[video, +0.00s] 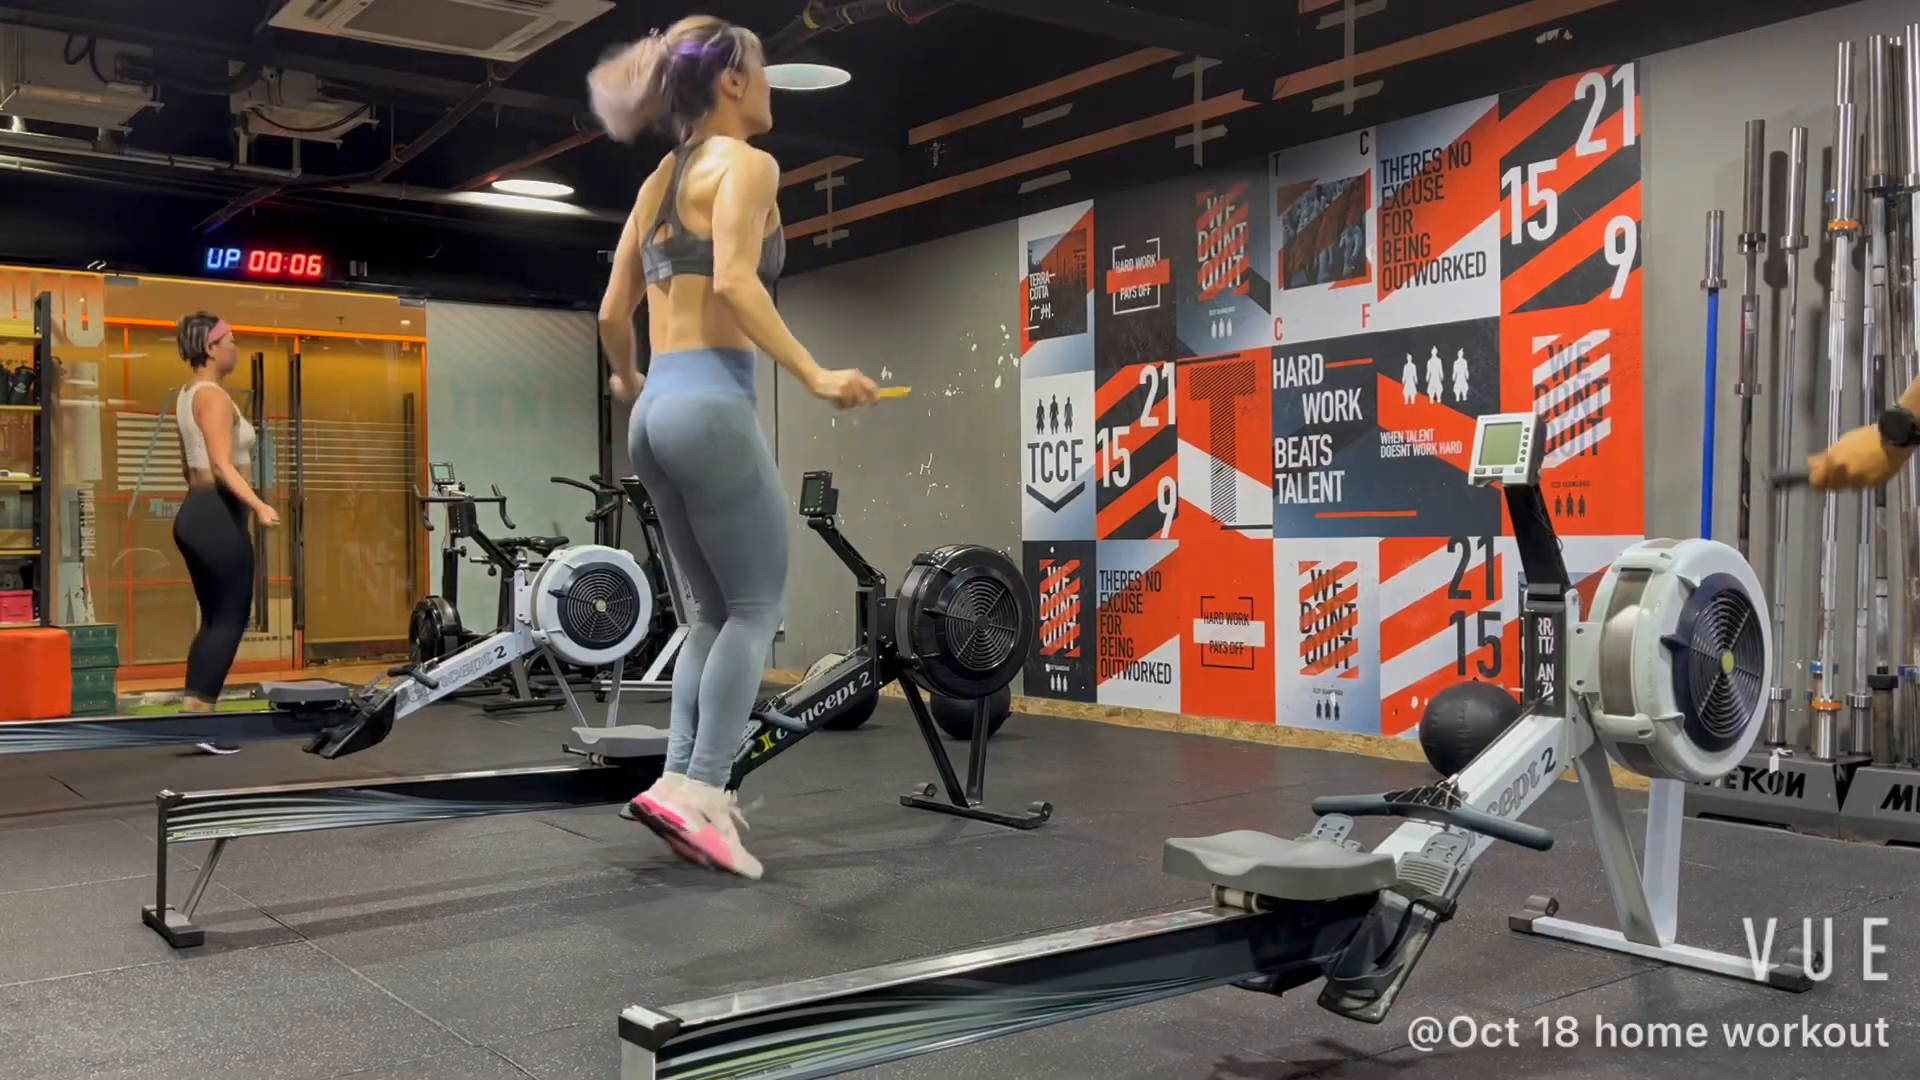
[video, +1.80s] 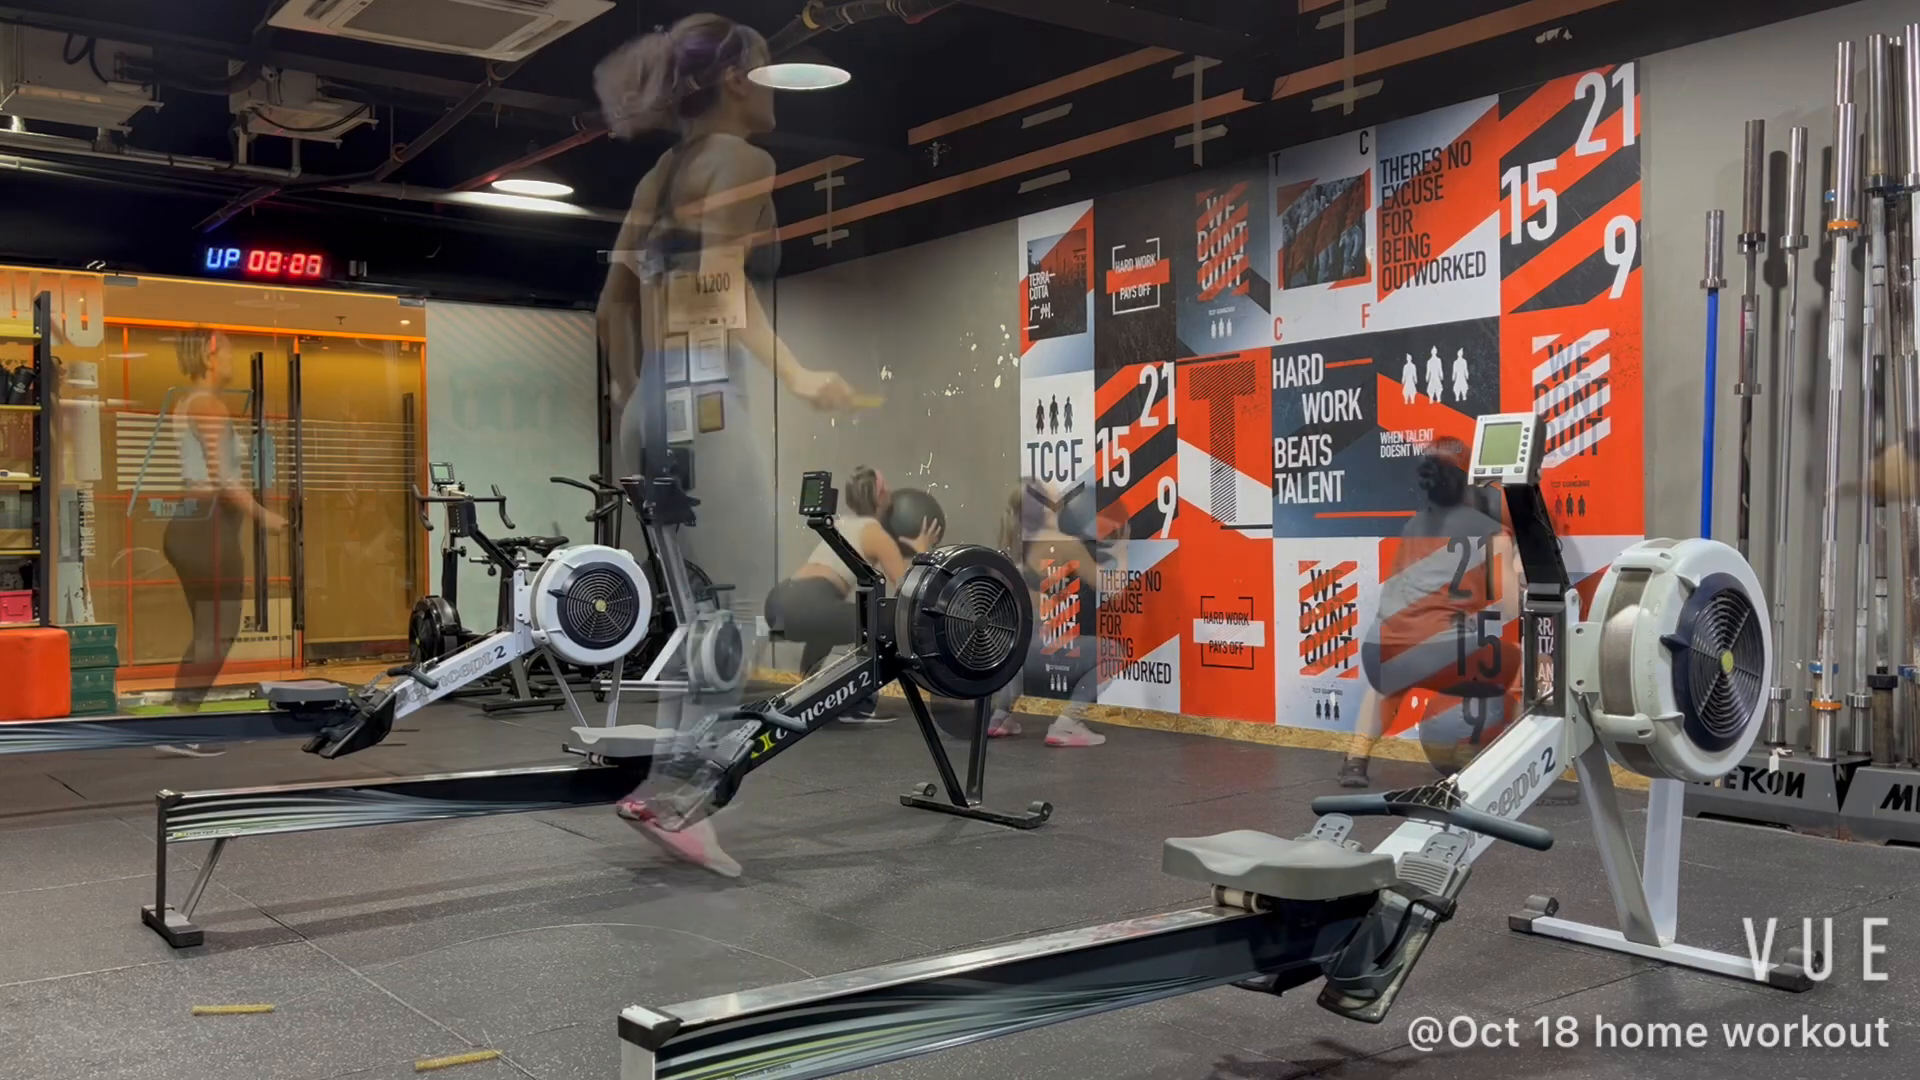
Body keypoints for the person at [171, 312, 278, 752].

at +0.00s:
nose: (236, 348)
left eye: (232, 340)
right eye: (229, 342)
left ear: (204, 350)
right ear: (210, 349)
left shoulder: (189, 395)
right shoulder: (212, 395)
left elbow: (196, 469)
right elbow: (221, 464)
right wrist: (259, 505)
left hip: (197, 512)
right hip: (216, 513)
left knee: (215, 617)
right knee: (232, 617)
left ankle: (196, 708)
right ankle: (200, 710)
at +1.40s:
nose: (232, 361)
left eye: (228, 353)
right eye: (226, 355)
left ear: (200, 362)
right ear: (207, 361)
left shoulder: (185, 406)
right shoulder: (208, 409)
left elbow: (208, 477)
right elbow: (217, 479)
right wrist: (266, 505)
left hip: (191, 526)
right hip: (208, 528)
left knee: (213, 632)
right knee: (225, 633)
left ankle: (180, 716)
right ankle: (183, 718)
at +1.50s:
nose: (229, 339)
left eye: (224, 331)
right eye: (223, 332)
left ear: (197, 343)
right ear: (207, 340)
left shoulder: (184, 388)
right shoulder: (208, 388)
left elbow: (199, 455)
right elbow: (217, 455)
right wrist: (246, 496)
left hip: (192, 504)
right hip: (210, 504)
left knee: (206, 610)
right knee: (216, 610)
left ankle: (189, 706)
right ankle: (192, 708)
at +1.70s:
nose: (230, 351)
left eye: (226, 342)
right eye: (225, 342)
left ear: (200, 348)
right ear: (209, 347)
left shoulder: (187, 397)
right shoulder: (208, 396)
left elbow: (200, 469)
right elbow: (213, 469)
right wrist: (261, 493)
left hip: (189, 521)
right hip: (210, 522)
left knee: (209, 625)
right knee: (221, 626)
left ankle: (181, 720)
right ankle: (184, 723)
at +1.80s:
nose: (232, 359)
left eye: (229, 350)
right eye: (226, 350)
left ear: (202, 354)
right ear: (210, 354)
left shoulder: (188, 403)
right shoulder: (210, 405)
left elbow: (200, 478)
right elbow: (219, 476)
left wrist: (243, 505)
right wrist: (262, 513)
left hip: (190, 527)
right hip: (210, 528)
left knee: (208, 632)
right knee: (220, 633)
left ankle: (179, 719)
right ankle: (182, 721)